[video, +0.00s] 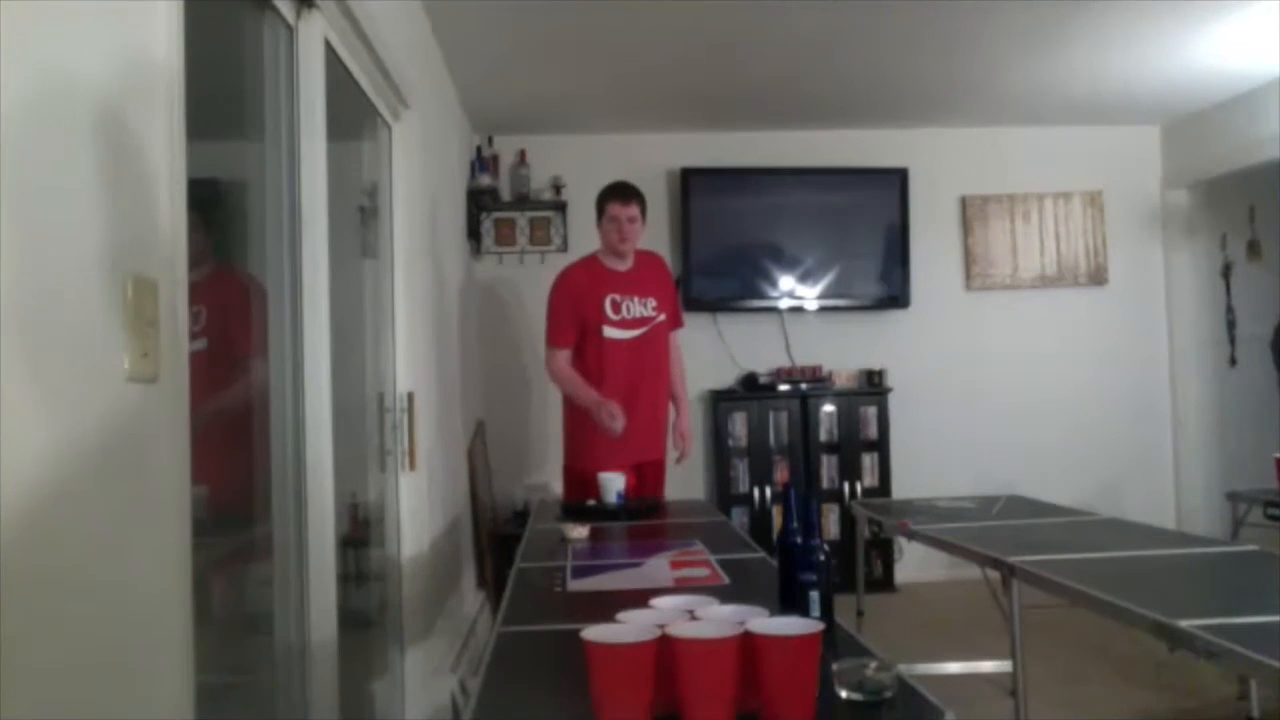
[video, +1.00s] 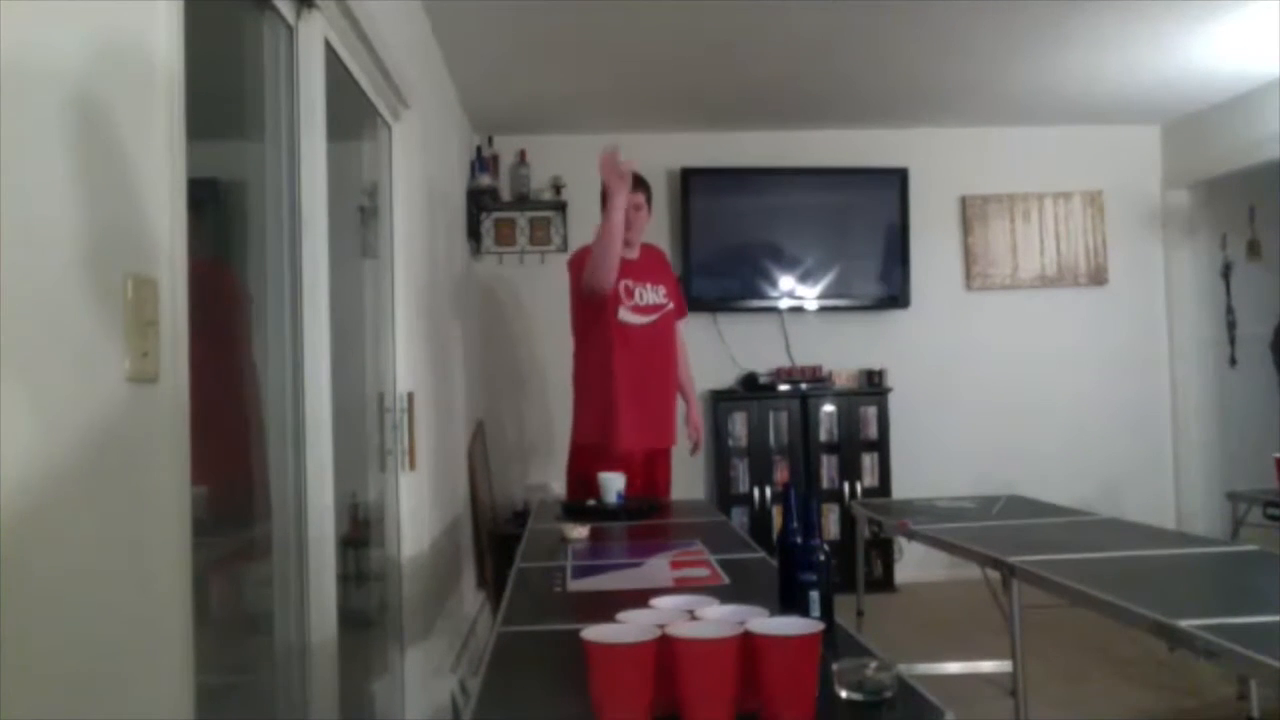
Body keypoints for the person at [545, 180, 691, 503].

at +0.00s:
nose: (623, 230)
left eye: (632, 221)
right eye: (614, 221)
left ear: (643, 226)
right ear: (599, 225)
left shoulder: (657, 271)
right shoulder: (574, 280)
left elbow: (670, 346)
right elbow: (557, 363)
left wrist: (682, 413)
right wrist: (596, 404)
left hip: (649, 438)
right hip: (594, 442)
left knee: (648, 540)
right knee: (594, 541)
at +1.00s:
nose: (631, 216)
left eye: (639, 207)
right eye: (623, 208)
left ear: (649, 215)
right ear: (608, 213)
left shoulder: (657, 261)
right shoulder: (587, 261)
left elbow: (675, 339)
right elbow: (601, 282)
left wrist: (691, 404)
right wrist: (617, 198)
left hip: (654, 431)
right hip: (602, 432)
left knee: (653, 543)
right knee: (598, 544)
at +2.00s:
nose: (639, 241)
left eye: (648, 233)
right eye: (630, 231)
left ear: (658, 232)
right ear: (616, 228)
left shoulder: (669, 273)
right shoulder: (593, 274)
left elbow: (683, 347)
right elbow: (543, 345)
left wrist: (689, 419)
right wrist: (579, 417)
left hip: (656, 443)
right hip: (601, 444)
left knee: (654, 545)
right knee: (598, 545)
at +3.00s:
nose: (625, 258)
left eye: (634, 249)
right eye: (616, 249)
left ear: (645, 242)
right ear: (602, 239)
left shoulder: (662, 277)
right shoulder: (578, 283)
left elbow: (677, 341)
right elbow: (558, 370)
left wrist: (667, 406)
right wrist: (594, 441)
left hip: (648, 440)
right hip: (590, 444)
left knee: (650, 540)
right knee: (595, 544)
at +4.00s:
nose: (633, 239)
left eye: (641, 230)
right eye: (623, 229)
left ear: (651, 233)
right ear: (608, 231)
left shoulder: (661, 278)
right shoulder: (584, 281)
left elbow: (673, 355)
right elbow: (573, 371)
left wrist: (683, 423)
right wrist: (597, 444)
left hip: (651, 440)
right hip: (597, 444)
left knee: (646, 544)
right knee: (602, 543)